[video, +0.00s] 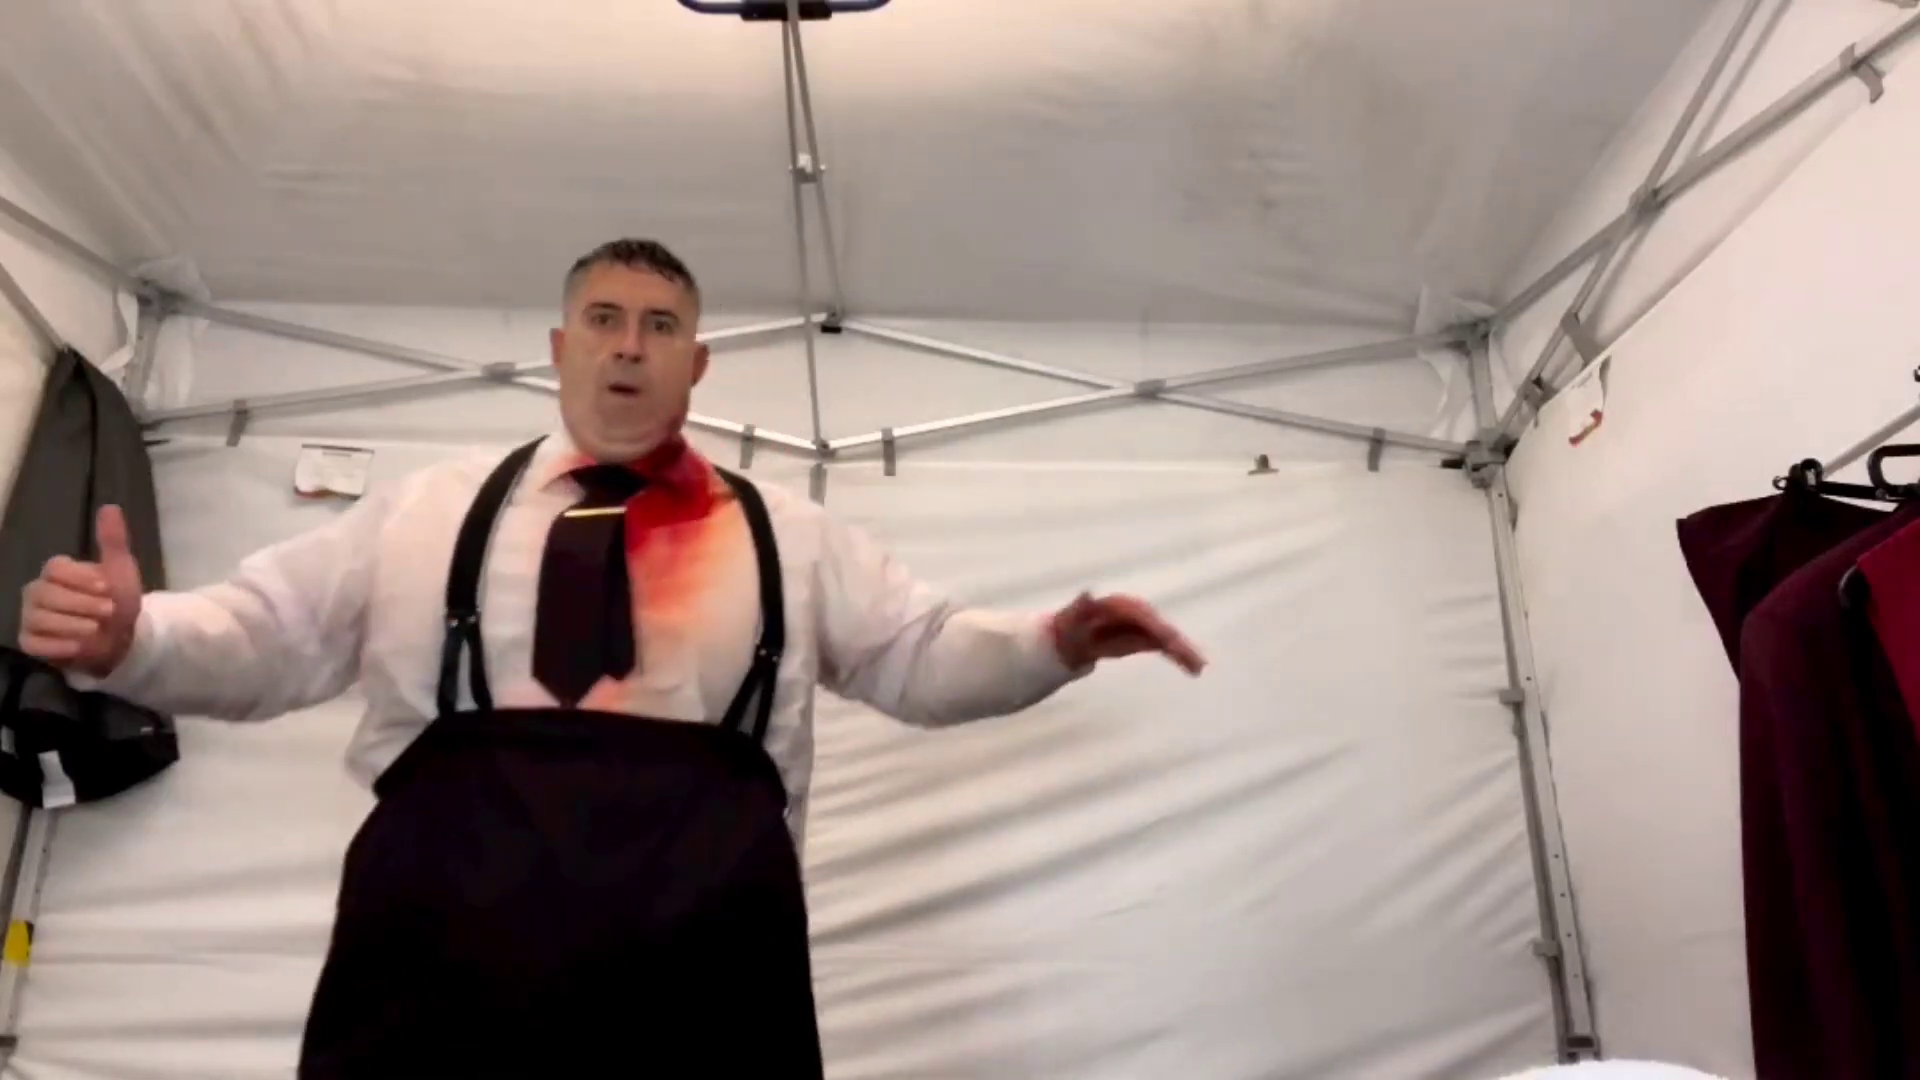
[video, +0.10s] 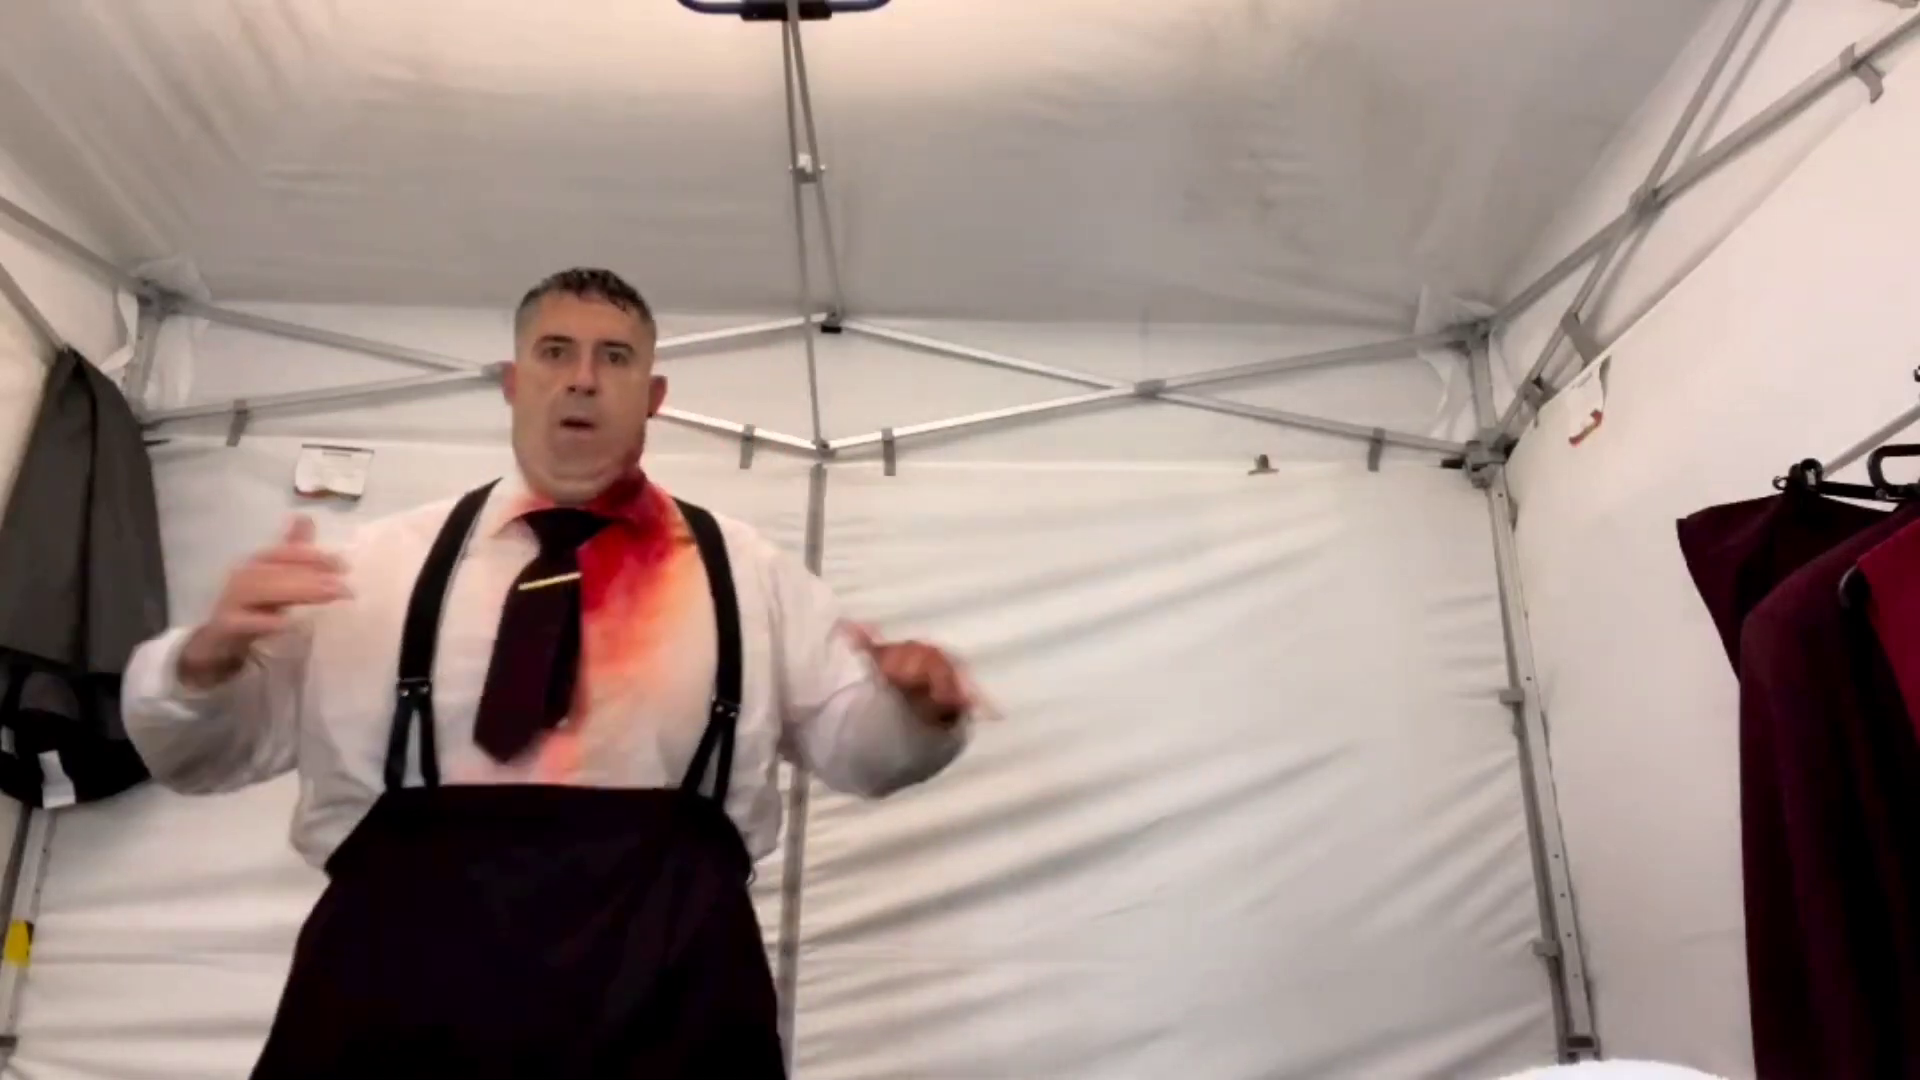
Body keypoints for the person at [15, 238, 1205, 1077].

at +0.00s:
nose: (630, 342)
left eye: (661, 324)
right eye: (603, 319)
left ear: (701, 364)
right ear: (554, 351)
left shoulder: (790, 533)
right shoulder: (426, 511)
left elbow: (919, 661)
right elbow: (267, 632)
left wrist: (1053, 644)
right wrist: (130, 633)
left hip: (696, 910)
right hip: (453, 903)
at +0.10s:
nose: (581, 380)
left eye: (613, 360)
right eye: (556, 355)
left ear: (654, 397)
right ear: (510, 385)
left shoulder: (743, 570)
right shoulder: (373, 565)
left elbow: (842, 743)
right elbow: (196, 761)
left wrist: (911, 716)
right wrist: (203, 663)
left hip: (658, 947)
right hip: (415, 937)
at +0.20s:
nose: (578, 339)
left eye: (611, 318)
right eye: (553, 311)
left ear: (651, 358)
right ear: (505, 340)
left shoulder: (731, 529)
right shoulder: (376, 517)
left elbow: (852, 710)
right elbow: (221, 714)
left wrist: (784, 716)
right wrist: (377, 649)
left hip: (657, 913)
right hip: (419, 908)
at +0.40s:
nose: (648, 303)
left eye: (682, 285)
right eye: (622, 272)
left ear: (715, 330)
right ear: (569, 298)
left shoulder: (791, 504)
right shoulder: (414, 477)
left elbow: (894, 665)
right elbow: (275, 635)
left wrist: (807, 782)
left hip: (690, 895)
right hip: (448, 882)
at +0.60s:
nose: (651, 291)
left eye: (687, 269)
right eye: (622, 254)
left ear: (719, 313)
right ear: (565, 277)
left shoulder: (785, 501)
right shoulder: (418, 458)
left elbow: (846, 725)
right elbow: (236, 665)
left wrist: (908, 712)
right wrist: (253, 696)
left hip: (688, 908)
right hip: (430, 895)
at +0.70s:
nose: (600, 238)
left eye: (636, 215)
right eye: (570, 206)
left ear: (674, 264)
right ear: (515, 236)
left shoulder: (753, 455)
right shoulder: (369, 420)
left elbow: (828, 656)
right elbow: (207, 666)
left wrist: (892, 650)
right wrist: (201, 602)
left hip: (655, 843)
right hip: (394, 824)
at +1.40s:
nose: (599, 204)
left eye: (638, 182)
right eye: (566, 169)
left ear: (678, 234)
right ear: (509, 202)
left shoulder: (753, 425)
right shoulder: (352, 385)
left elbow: (883, 687)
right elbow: (121, 609)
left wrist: (843, 623)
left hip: (667, 819)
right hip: (392, 798)